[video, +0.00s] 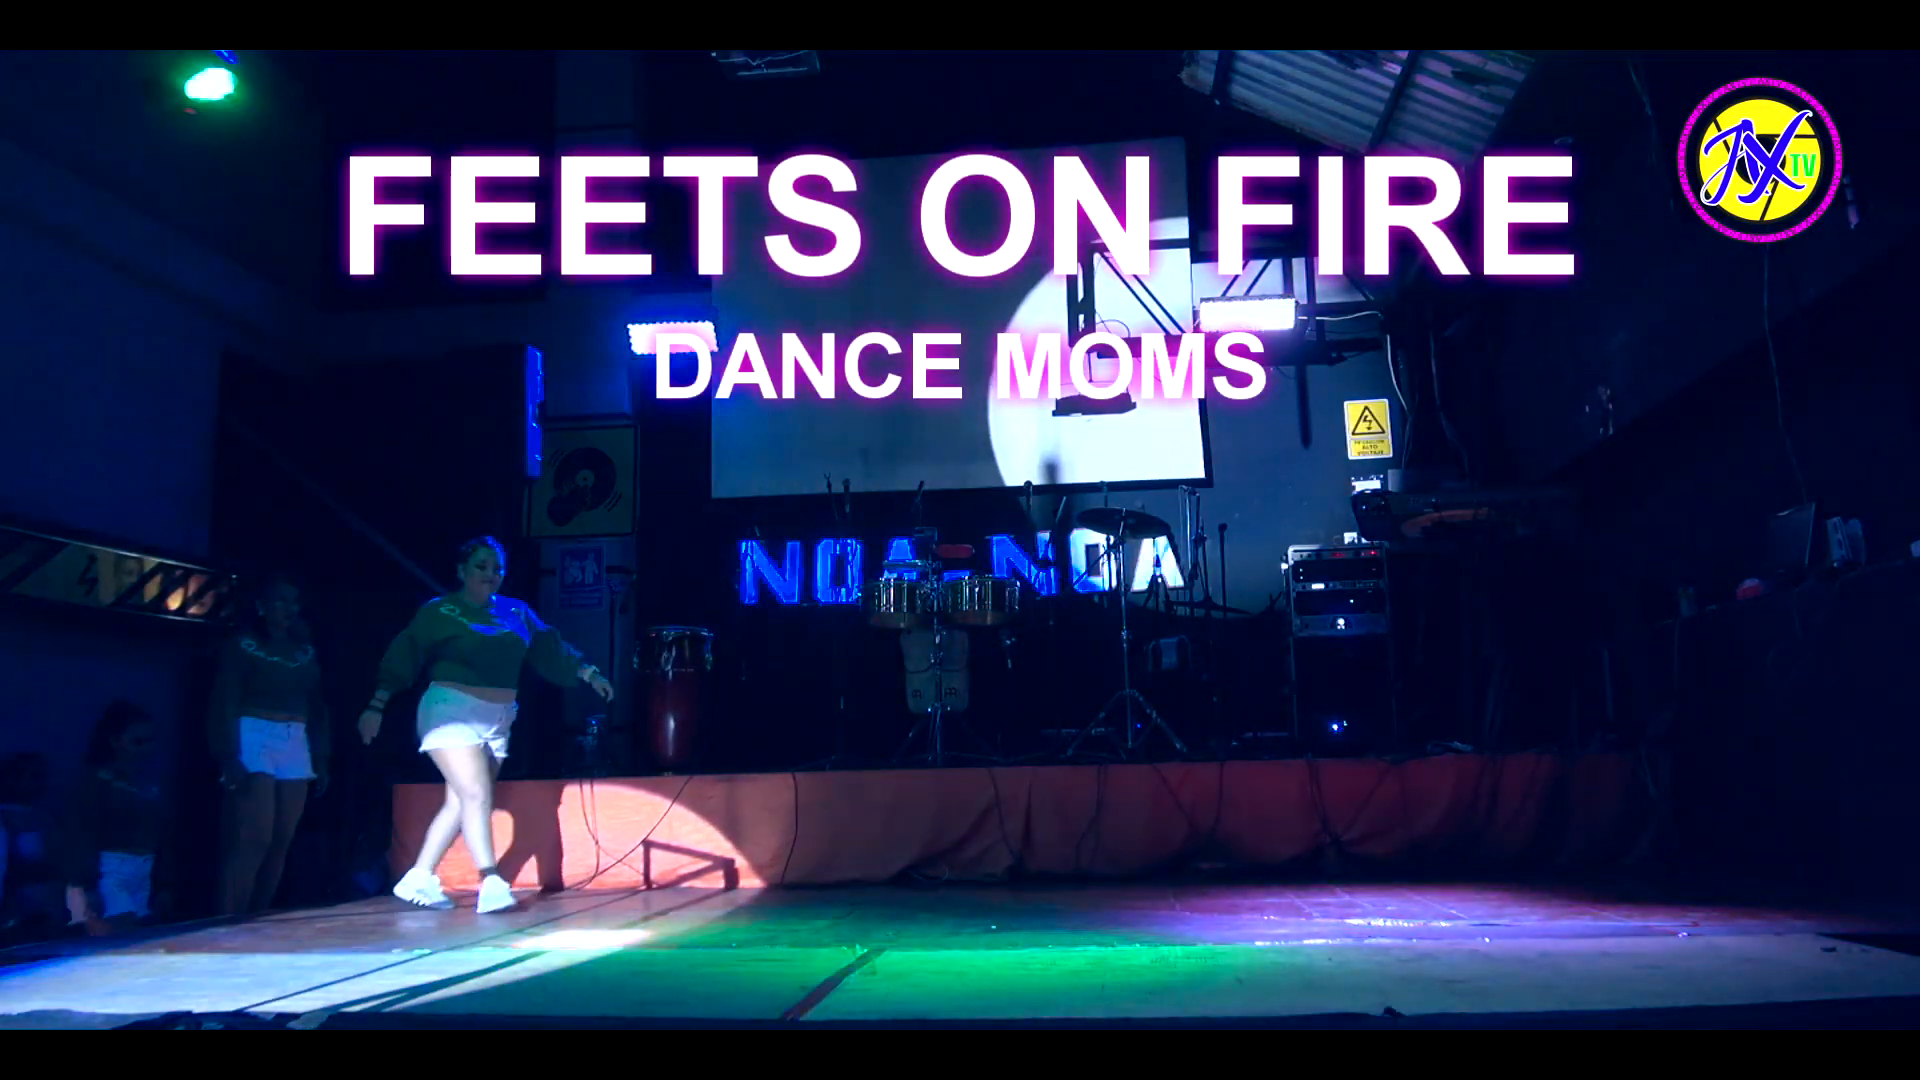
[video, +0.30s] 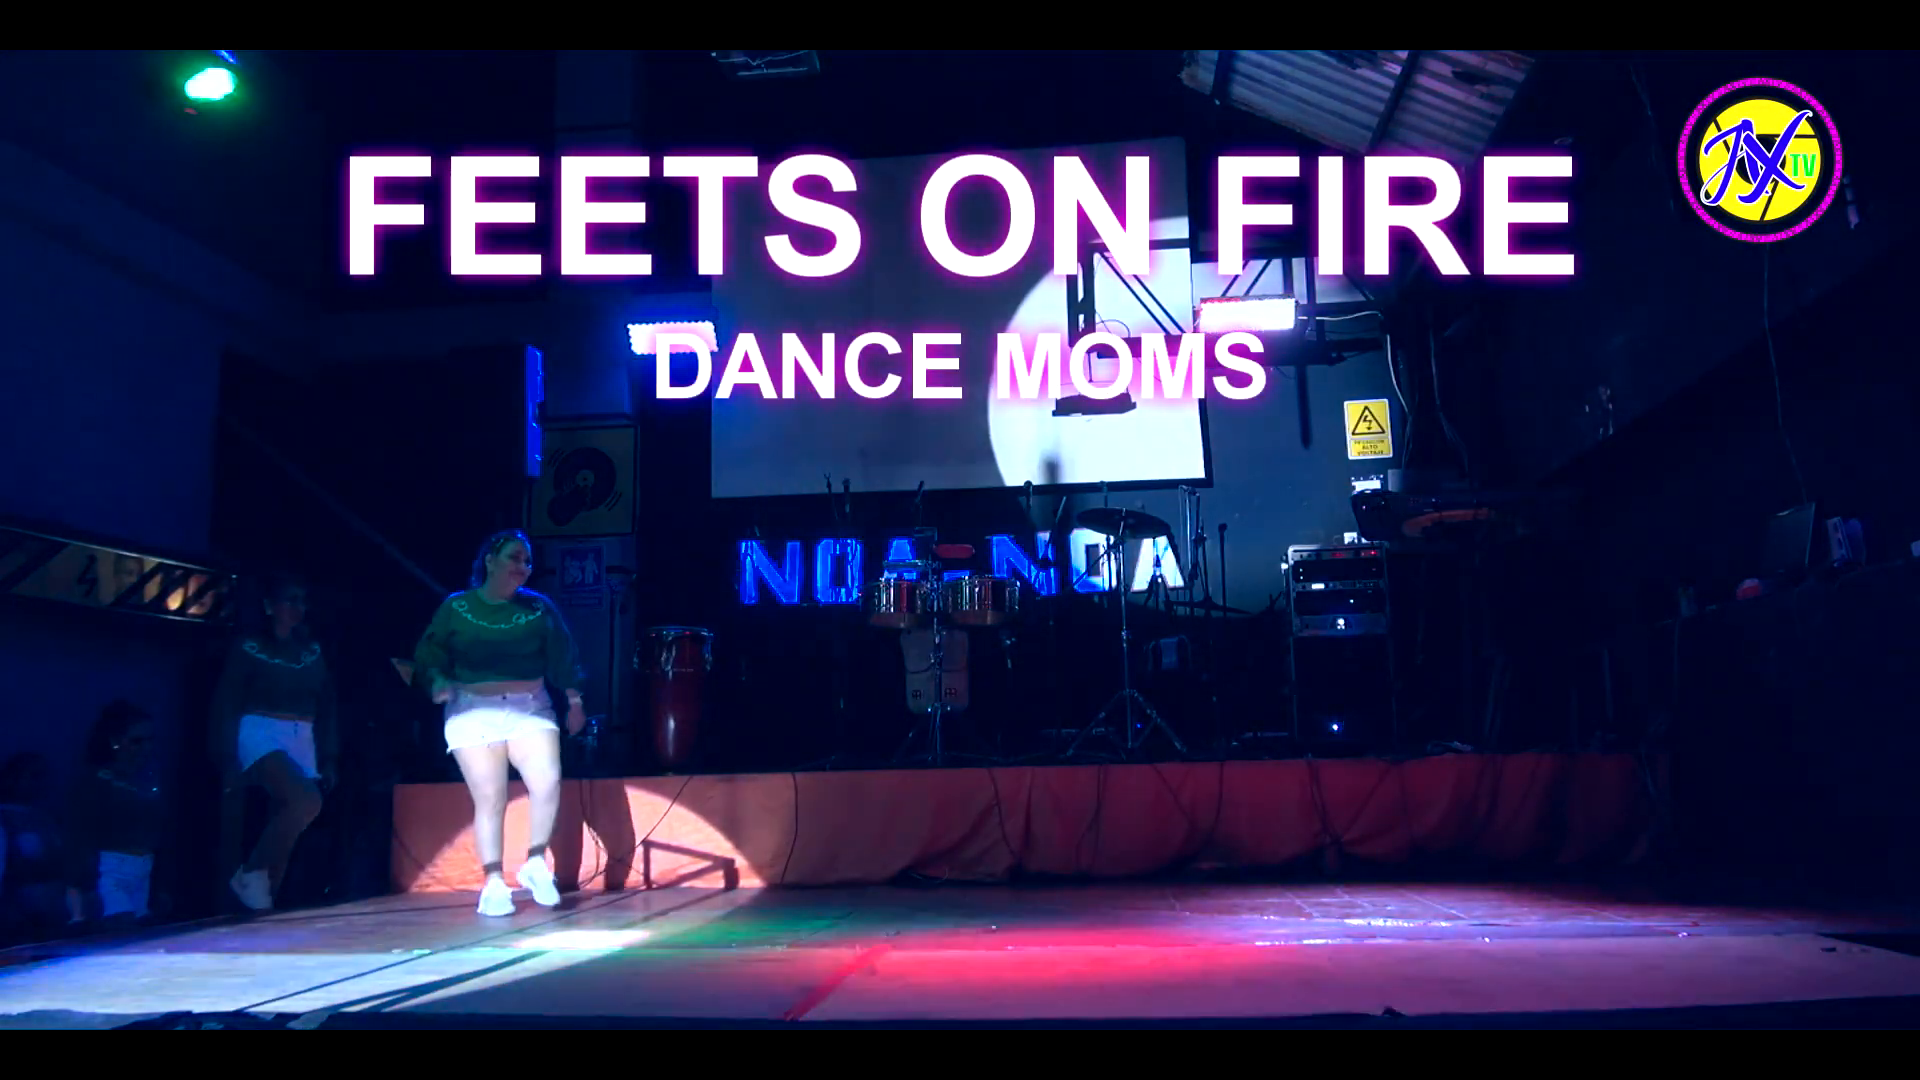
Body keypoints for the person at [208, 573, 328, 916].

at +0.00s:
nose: (286, 610)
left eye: (291, 603)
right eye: (279, 602)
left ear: (298, 608)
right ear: (263, 605)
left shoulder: (304, 651)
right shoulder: (245, 644)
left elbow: (315, 706)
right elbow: (226, 699)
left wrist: (318, 756)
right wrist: (228, 754)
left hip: (296, 735)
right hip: (255, 732)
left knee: (283, 835)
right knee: (257, 832)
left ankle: (260, 915)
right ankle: (232, 915)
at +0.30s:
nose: (295, 611)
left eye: (299, 604)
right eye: (288, 603)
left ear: (304, 611)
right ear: (271, 607)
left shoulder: (312, 653)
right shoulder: (251, 647)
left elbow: (325, 707)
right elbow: (230, 698)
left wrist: (327, 757)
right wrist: (226, 751)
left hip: (302, 735)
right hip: (260, 731)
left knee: (293, 813)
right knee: (305, 802)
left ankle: (268, 895)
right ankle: (252, 874)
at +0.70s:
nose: (319, 608)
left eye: (323, 602)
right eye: (311, 600)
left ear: (327, 610)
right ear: (292, 605)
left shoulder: (334, 654)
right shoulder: (267, 647)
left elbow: (347, 712)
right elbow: (244, 704)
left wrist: (352, 760)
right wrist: (241, 763)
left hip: (319, 739)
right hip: (275, 733)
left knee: (288, 842)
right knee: (332, 791)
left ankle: (254, 919)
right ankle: (308, 885)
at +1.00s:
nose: (348, 577)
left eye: (353, 571)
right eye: (340, 571)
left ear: (360, 577)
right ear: (322, 577)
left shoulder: (365, 625)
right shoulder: (298, 617)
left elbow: (379, 682)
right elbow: (272, 676)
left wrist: (385, 730)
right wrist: (266, 735)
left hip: (343, 716)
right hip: (300, 707)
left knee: (330, 808)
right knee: (332, 795)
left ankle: (276, 897)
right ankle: (315, 887)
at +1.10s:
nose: (358, 565)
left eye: (363, 559)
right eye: (349, 559)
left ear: (369, 568)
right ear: (331, 566)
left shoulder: (372, 614)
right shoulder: (307, 604)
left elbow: (384, 670)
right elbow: (282, 663)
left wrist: (392, 716)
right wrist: (276, 722)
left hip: (353, 704)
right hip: (309, 695)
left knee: (359, 799)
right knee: (329, 789)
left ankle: (283, 867)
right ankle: (314, 886)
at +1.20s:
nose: (370, 558)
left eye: (374, 552)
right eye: (362, 552)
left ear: (379, 560)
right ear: (342, 558)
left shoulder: (380, 606)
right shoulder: (318, 598)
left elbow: (389, 665)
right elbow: (295, 657)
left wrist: (394, 711)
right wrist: (292, 713)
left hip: (364, 694)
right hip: (322, 688)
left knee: (378, 787)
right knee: (329, 789)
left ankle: (308, 841)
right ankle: (315, 885)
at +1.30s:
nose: (381, 552)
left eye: (385, 546)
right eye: (373, 545)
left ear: (391, 554)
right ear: (353, 551)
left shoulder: (388, 597)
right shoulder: (331, 591)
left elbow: (394, 655)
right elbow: (310, 646)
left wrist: (395, 702)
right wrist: (313, 701)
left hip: (375, 685)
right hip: (334, 681)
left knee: (398, 774)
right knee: (329, 787)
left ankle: (346, 853)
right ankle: (314, 884)